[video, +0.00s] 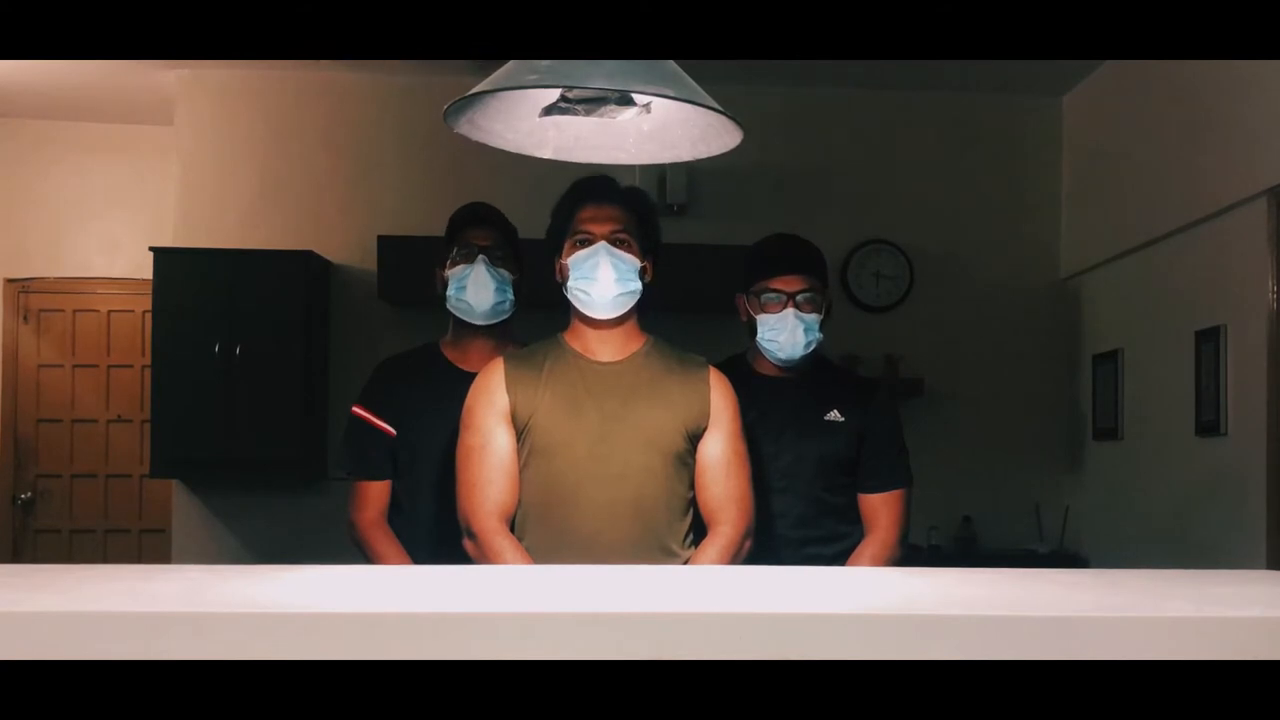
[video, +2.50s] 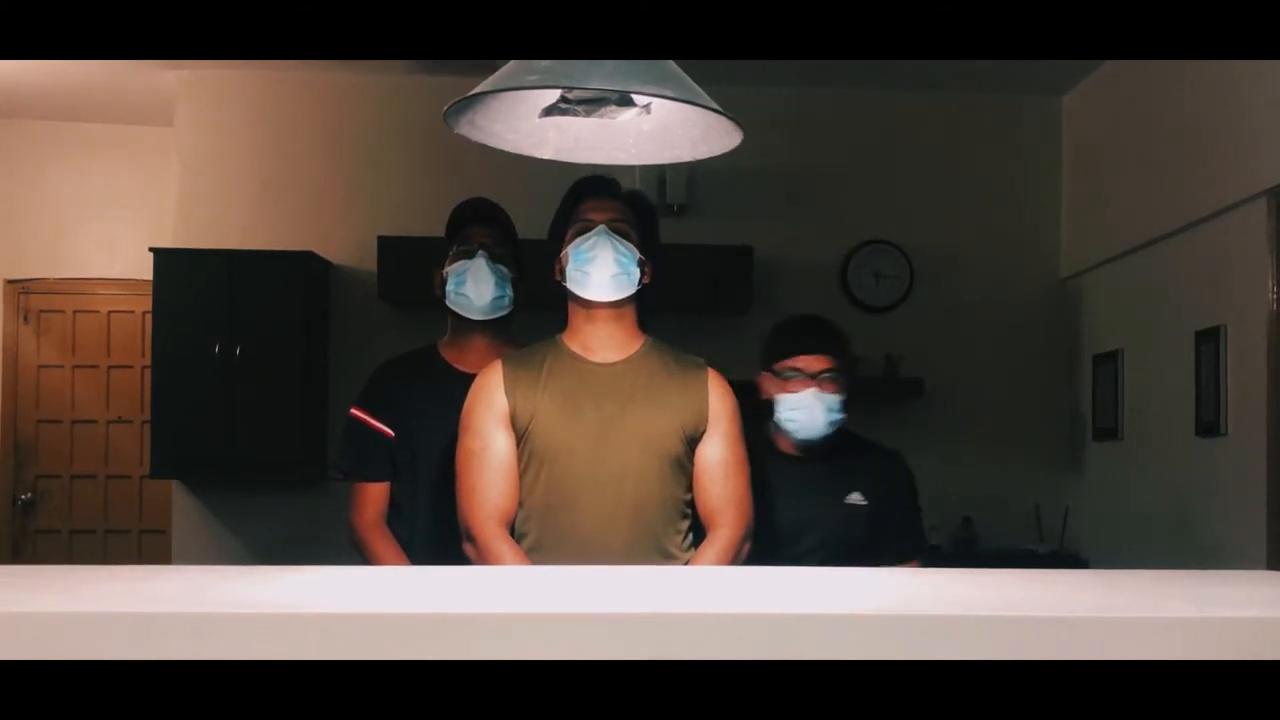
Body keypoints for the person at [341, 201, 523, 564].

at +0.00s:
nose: (481, 271)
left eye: (498, 259)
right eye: (465, 256)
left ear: (516, 275)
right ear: (443, 273)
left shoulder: (541, 380)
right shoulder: (397, 378)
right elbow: (368, 520)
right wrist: (422, 599)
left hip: (517, 593)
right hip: (426, 591)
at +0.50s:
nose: (480, 263)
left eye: (496, 252)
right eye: (464, 251)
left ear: (515, 270)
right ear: (442, 270)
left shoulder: (542, 380)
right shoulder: (397, 379)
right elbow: (368, 519)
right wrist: (421, 598)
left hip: (518, 594)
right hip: (426, 592)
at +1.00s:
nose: (482, 263)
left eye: (498, 253)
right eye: (468, 251)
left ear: (516, 270)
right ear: (444, 271)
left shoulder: (542, 382)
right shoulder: (397, 380)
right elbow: (368, 519)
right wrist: (422, 598)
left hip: (518, 594)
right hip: (427, 592)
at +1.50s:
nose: (483, 263)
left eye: (499, 252)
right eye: (468, 250)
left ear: (517, 270)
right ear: (445, 272)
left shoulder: (542, 381)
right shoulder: (398, 379)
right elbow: (370, 518)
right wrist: (421, 598)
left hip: (520, 593)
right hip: (428, 591)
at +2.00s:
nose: (483, 262)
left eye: (499, 252)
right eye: (469, 251)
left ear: (518, 272)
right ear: (446, 272)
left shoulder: (542, 382)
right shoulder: (399, 380)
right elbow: (369, 518)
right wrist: (421, 598)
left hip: (518, 593)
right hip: (427, 592)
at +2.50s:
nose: (481, 265)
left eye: (497, 255)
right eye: (466, 252)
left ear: (515, 273)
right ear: (441, 274)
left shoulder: (540, 381)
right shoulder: (396, 382)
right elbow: (367, 521)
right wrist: (420, 599)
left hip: (517, 595)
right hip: (425, 593)